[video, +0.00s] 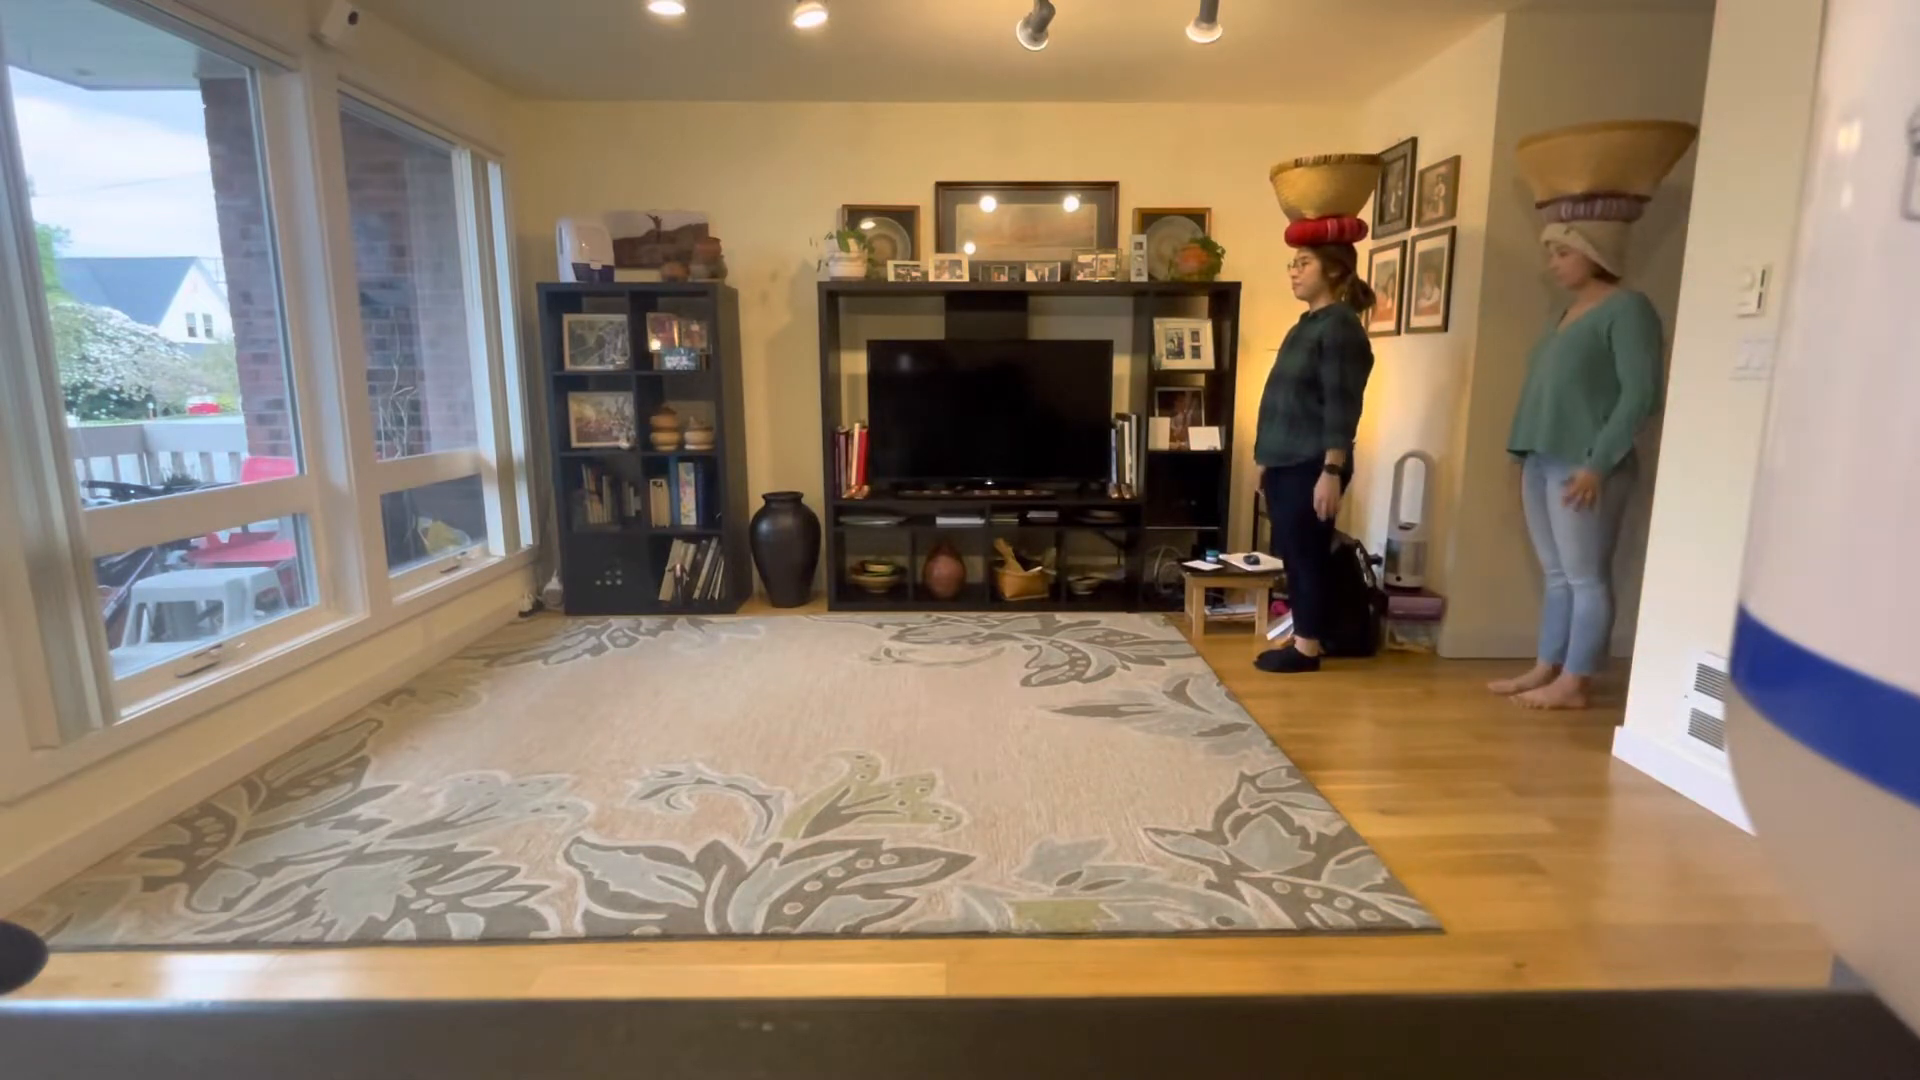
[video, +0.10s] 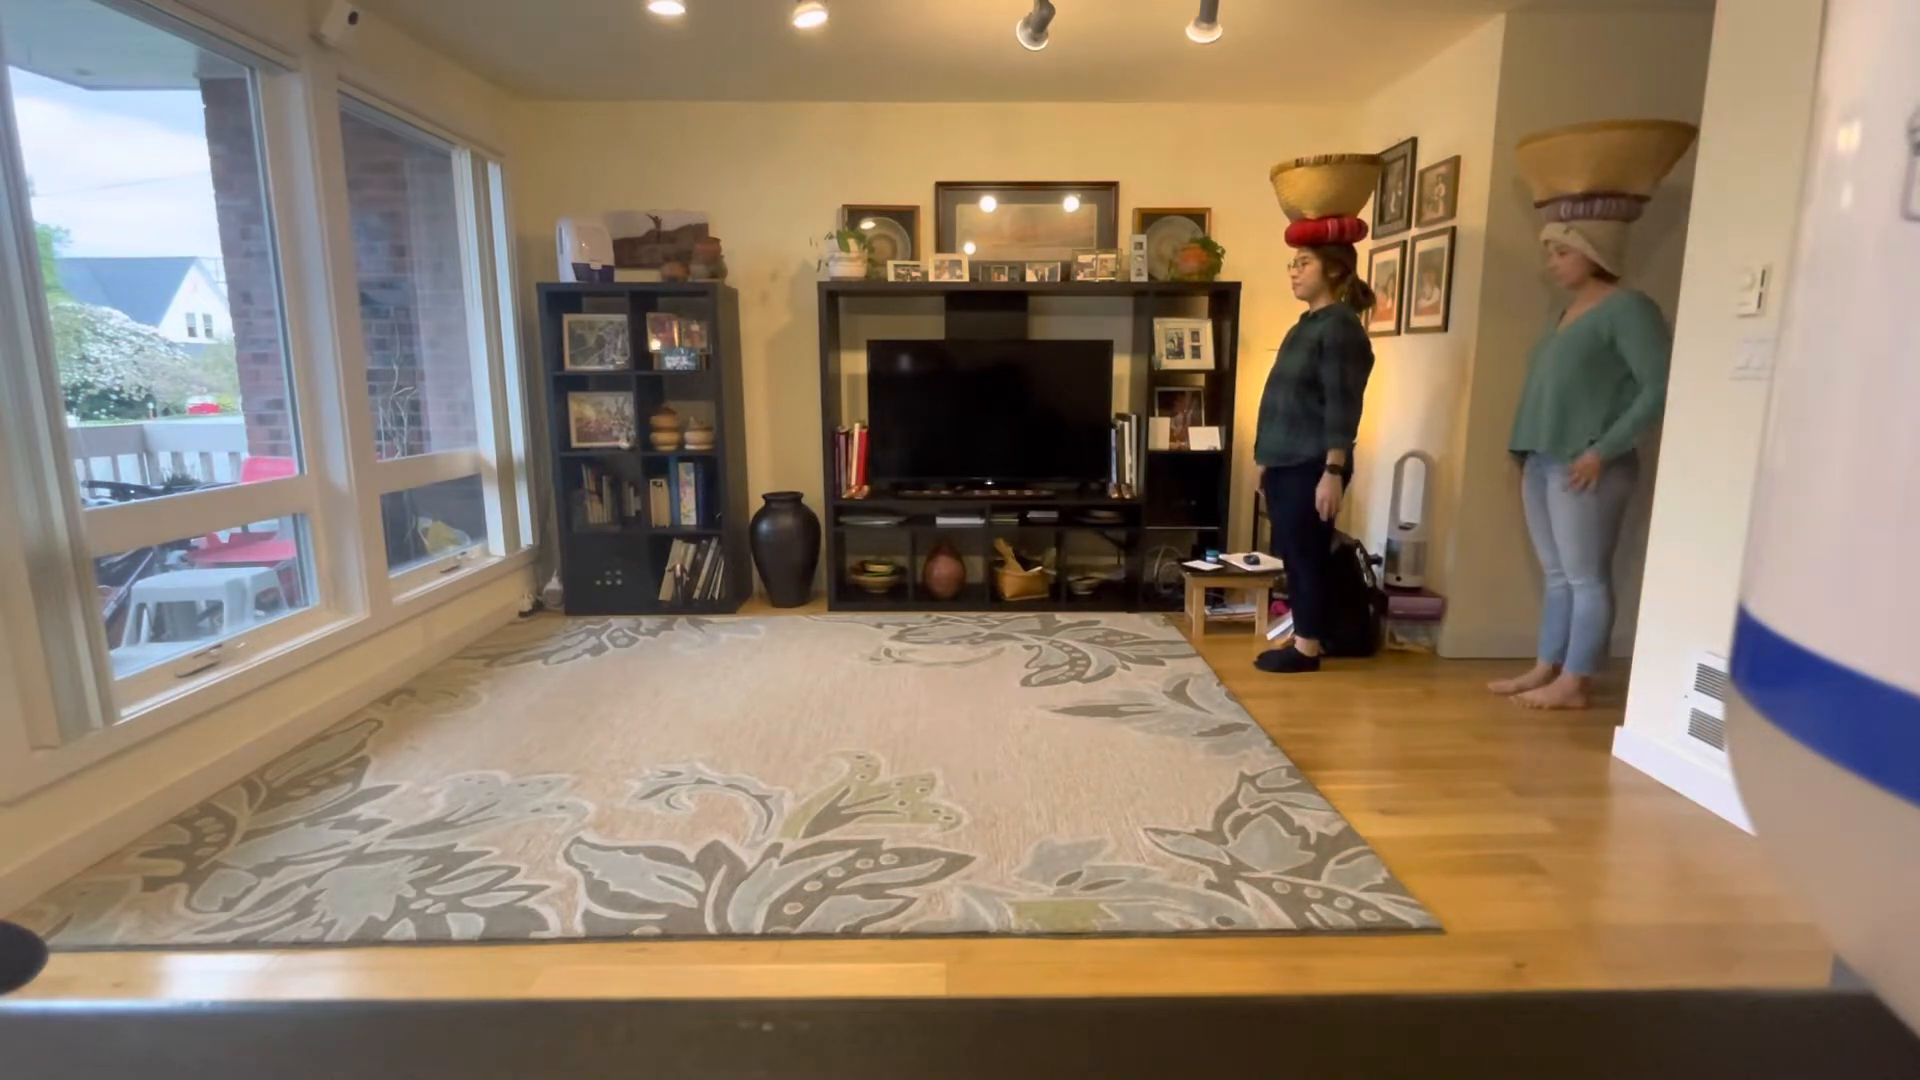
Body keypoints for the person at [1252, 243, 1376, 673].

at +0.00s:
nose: (1292, 273)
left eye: (1302, 264)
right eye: (1292, 265)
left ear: (1333, 270)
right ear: (1310, 272)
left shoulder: (1340, 326)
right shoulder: (1308, 325)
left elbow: (1343, 404)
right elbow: (1289, 399)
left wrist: (1333, 469)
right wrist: (1269, 460)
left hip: (1312, 461)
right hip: (1288, 459)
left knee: (1305, 553)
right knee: (1294, 552)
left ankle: (1307, 645)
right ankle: (1304, 638)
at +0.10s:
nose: (1292, 273)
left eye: (1302, 264)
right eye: (1292, 265)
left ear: (1333, 270)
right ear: (1309, 272)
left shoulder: (1340, 327)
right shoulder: (1307, 325)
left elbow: (1343, 404)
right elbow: (1289, 399)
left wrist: (1335, 469)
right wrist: (1269, 460)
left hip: (1312, 461)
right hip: (1288, 460)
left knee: (1304, 553)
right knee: (1294, 552)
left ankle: (1307, 645)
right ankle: (1304, 639)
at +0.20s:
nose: (1292, 272)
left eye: (1302, 264)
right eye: (1292, 265)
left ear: (1333, 270)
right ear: (1300, 272)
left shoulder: (1341, 327)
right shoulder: (1307, 326)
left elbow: (1343, 404)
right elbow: (1288, 399)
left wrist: (1334, 469)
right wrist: (1269, 460)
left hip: (1312, 461)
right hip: (1288, 460)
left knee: (1305, 553)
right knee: (1294, 552)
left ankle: (1307, 645)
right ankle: (1304, 638)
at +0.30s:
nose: (1292, 272)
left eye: (1302, 263)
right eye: (1292, 264)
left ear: (1333, 270)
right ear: (1299, 271)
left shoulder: (1341, 327)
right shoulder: (1306, 325)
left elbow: (1343, 404)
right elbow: (1289, 399)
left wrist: (1331, 469)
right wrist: (1268, 460)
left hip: (1312, 461)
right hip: (1288, 459)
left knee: (1306, 554)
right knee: (1294, 553)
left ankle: (1308, 645)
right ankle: (1304, 639)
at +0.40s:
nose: (1292, 272)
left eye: (1302, 263)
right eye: (1292, 265)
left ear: (1333, 270)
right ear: (1300, 271)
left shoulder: (1341, 327)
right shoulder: (1306, 325)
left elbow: (1343, 404)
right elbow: (1289, 398)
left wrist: (1327, 468)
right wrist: (1268, 459)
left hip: (1313, 461)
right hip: (1288, 459)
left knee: (1306, 554)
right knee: (1294, 553)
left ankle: (1308, 645)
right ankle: (1304, 638)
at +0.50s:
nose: (1292, 272)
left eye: (1301, 264)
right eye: (1292, 265)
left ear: (1333, 270)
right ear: (1311, 271)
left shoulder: (1341, 327)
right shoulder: (1306, 325)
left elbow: (1341, 405)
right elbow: (1289, 398)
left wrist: (1324, 468)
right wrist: (1268, 459)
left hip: (1313, 460)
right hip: (1288, 459)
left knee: (1306, 554)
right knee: (1294, 553)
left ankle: (1308, 645)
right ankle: (1304, 638)